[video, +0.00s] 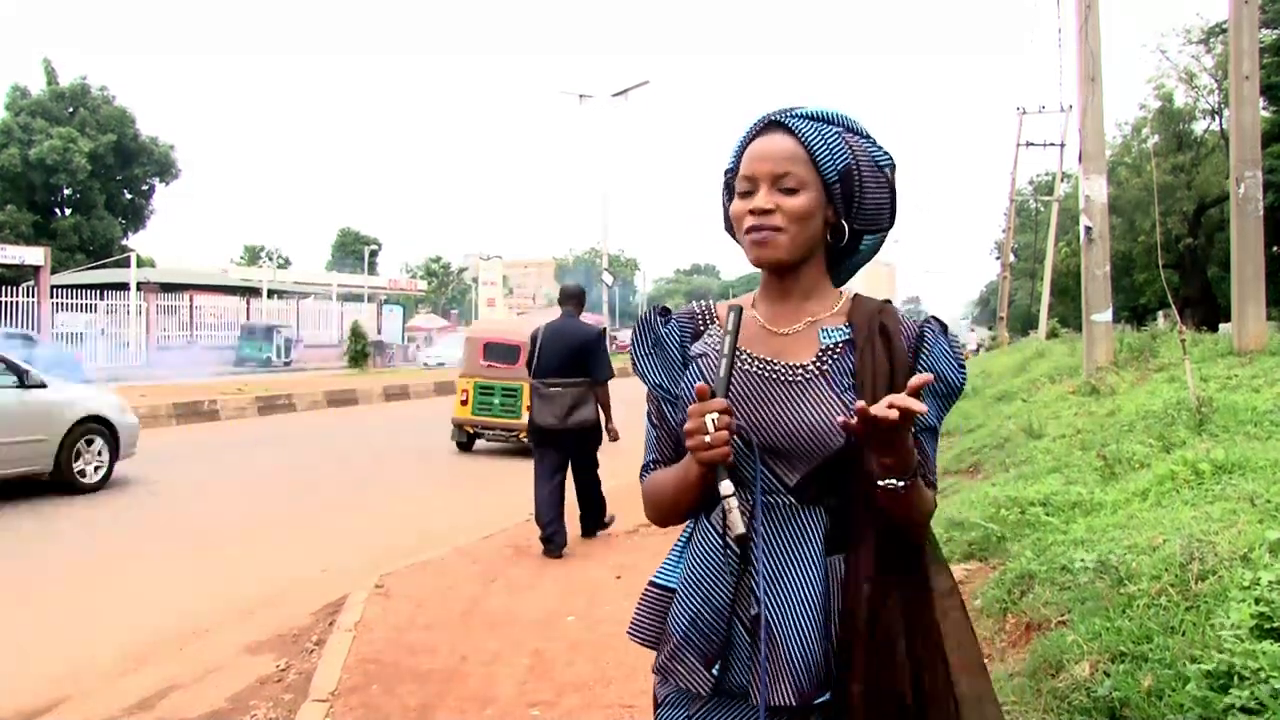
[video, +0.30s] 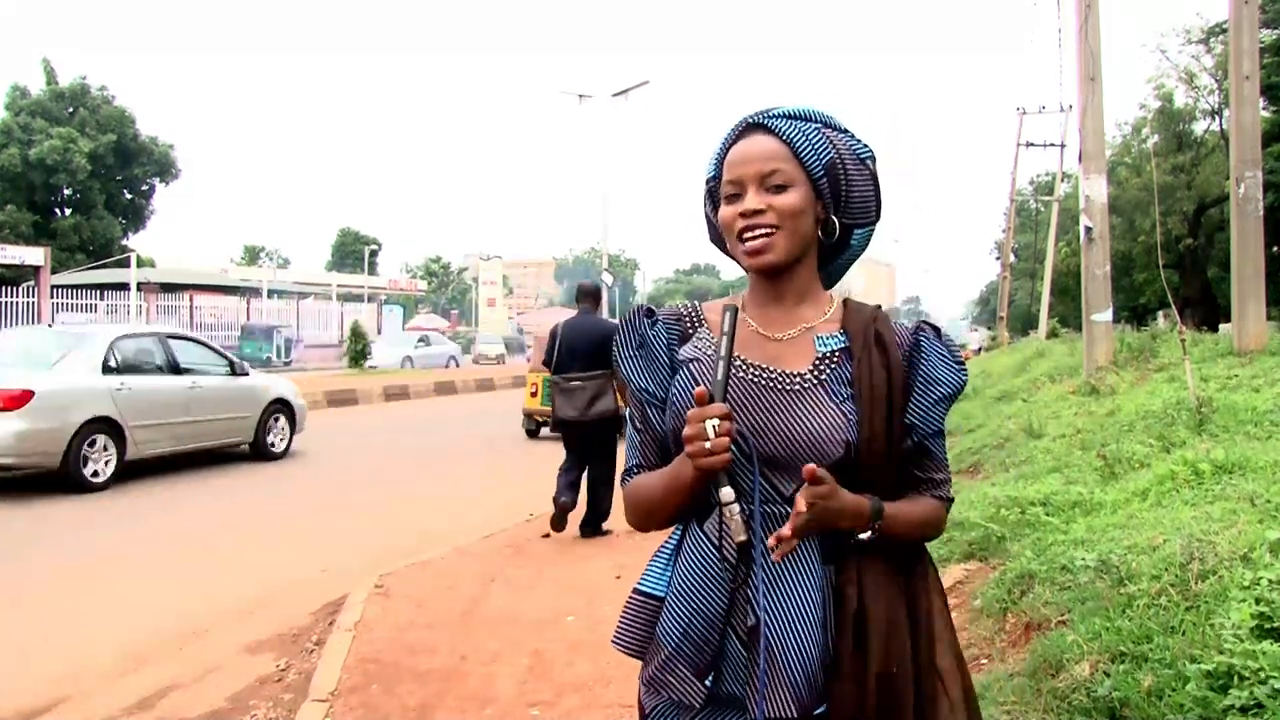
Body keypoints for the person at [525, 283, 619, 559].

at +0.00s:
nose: (577, 308)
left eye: (568, 302)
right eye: (581, 304)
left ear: (559, 303)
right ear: (583, 305)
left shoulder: (539, 334)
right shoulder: (592, 336)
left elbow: (532, 374)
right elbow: (600, 385)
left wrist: (542, 407)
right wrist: (609, 420)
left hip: (545, 422)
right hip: (582, 421)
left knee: (548, 479)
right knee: (586, 473)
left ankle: (552, 542)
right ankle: (592, 522)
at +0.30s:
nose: (596, 304)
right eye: (599, 299)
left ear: (576, 302)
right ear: (599, 301)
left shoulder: (559, 330)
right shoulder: (611, 330)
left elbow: (548, 365)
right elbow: (621, 374)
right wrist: (629, 406)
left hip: (568, 410)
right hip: (602, 410)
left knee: (574, 456)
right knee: (601, 467)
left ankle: (564, 498)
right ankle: (592, 524)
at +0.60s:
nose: (602, 312)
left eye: (595, 307)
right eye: (604, 307)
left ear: (583, 309)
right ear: (605, 308)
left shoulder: (570, 337)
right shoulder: (615, 335)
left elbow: (563, 379)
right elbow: (626, 374)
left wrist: (559, 414)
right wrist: (629, 408)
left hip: (581, 408)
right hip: (610, 406)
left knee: (585, 463)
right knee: (603, 463)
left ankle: (594, 510)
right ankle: (592, 523)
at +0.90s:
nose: (601, 312)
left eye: (596, 307)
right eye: (607, 307)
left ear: (589, 309)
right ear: (610, 308)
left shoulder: (577, 335)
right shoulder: (619, 334)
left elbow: (569, 366)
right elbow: (626, 368)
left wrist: (580, 389)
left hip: (585, 408)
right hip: (613, 406)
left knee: (589, 462)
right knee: (614, 455)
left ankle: (595, 513)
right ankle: (613, 493)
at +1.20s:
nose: (613, 318)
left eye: (609, 313)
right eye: (617, 313)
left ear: (602, 314)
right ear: (623, 313)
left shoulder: (590, 339)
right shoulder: (632, 338)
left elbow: (580, 368)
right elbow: (636, 371)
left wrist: (595, 382)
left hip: (595, 402)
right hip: (625, 402)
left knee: (593, 456)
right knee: (626, 453)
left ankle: (594, 511)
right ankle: (627, 503)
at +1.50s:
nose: (625, 314)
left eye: (622, 309)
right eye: (630, 310)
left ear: (617, 309)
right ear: (637, 310)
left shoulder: (605, 334)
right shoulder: (644, 336)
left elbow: (596, 363)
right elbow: (649, 368)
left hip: (611, 400)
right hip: (637, 399)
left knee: (612, 444)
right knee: (634, 444)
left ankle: (611, 480)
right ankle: (627, 493)